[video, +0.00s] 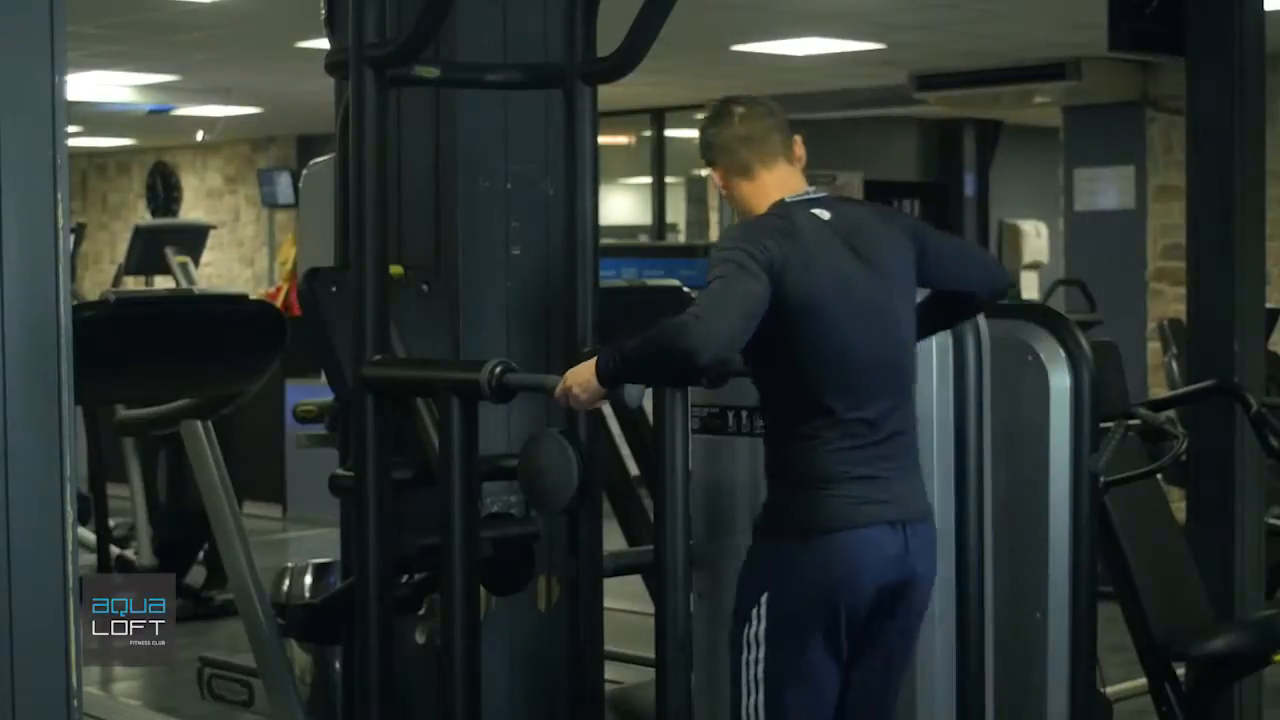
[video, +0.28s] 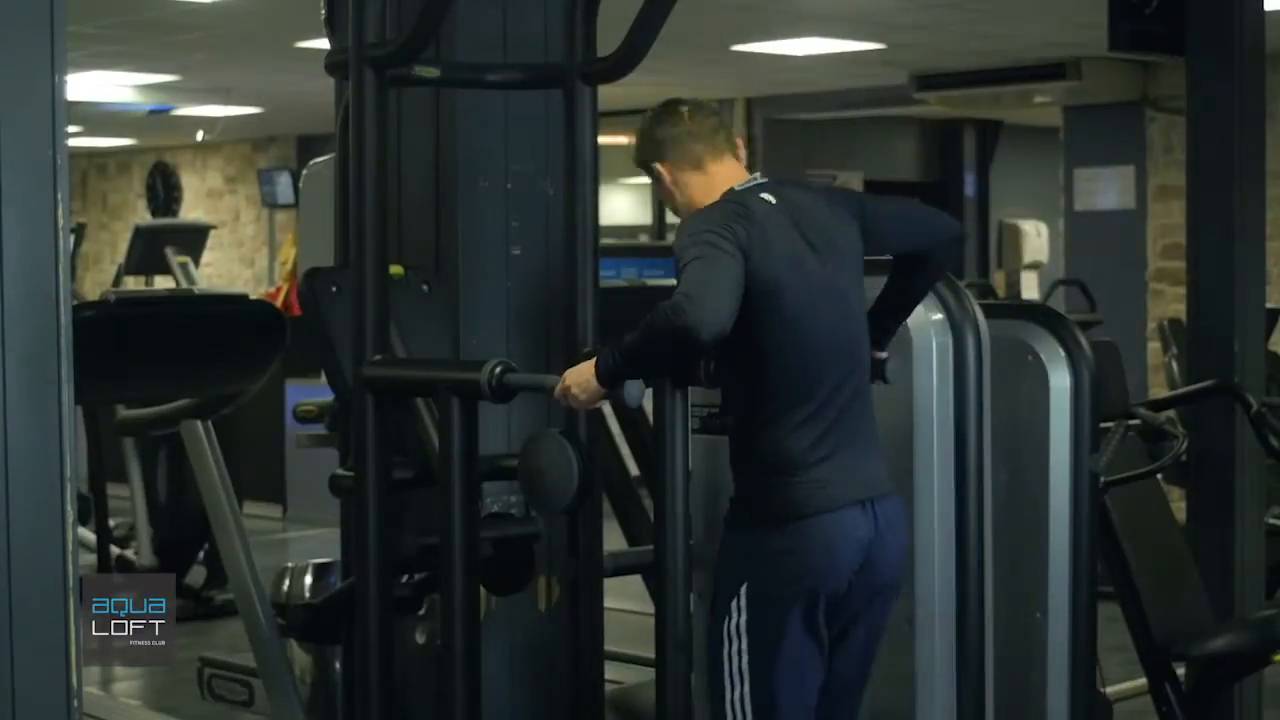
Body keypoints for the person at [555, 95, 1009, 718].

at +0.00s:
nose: (717, 193)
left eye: (714, 181)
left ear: (721, 181)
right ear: (800, 154)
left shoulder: (754, 244)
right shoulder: (884, 224)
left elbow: (703, 345)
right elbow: (989, 278)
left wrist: (606, 368)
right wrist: (896, 326)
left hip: (816, 543)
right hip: (909, 538)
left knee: (778, 706)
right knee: (869, 707)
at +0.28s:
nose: (665, 200)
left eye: (658, 185)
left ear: (664, 177)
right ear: (740, 153)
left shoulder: (714, 225)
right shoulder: (829, 205)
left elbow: (701, 318)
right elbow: (939, 234)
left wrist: (607, 368)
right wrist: (874, 335)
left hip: (788, 528)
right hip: (876, 515)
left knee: (757, 705)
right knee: (836, 705)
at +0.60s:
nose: (642, 208)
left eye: (637, 192)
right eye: (634, 196)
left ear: (666, 153)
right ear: (711, 149)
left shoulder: (692, 190)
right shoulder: (813, 194)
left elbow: (651, 224)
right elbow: (933, 231)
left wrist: (606, 350)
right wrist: (866, 343)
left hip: (762, 501)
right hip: (845, 490)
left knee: (746, 705)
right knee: (829, 702)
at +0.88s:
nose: (620, 185)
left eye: (616, 176)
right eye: (615, 178)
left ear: (634, 162)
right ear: (695, 153)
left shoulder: (655, 181)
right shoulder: (791, 191)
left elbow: (618, 207)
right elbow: (912, 227)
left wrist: (610, 347)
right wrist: (863, 345)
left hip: (736, 497)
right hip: (830, 488)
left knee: (727, 705)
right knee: (819, 703)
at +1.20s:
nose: (614, 181)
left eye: (606, 165)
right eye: (605, 171)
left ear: (620, 128)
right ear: (677, 114)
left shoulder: (649, 140)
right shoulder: (774, 147)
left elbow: (629, 223)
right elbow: (882, 213)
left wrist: (614, 352)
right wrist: (863, 345)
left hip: (714, 445)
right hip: (806, 437)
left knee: (704, 688)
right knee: (792, 683)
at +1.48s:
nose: (612, 117)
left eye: (605, 101)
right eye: (604, 109)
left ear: (614, 62)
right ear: (670, 41)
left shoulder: (649, 78)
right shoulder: (779, 87)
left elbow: (639, 208)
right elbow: (846, 213)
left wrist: (609, 349)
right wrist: (863, 339)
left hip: (716, 380)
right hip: (807, 374)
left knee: (692, 650)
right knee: (764, 631)